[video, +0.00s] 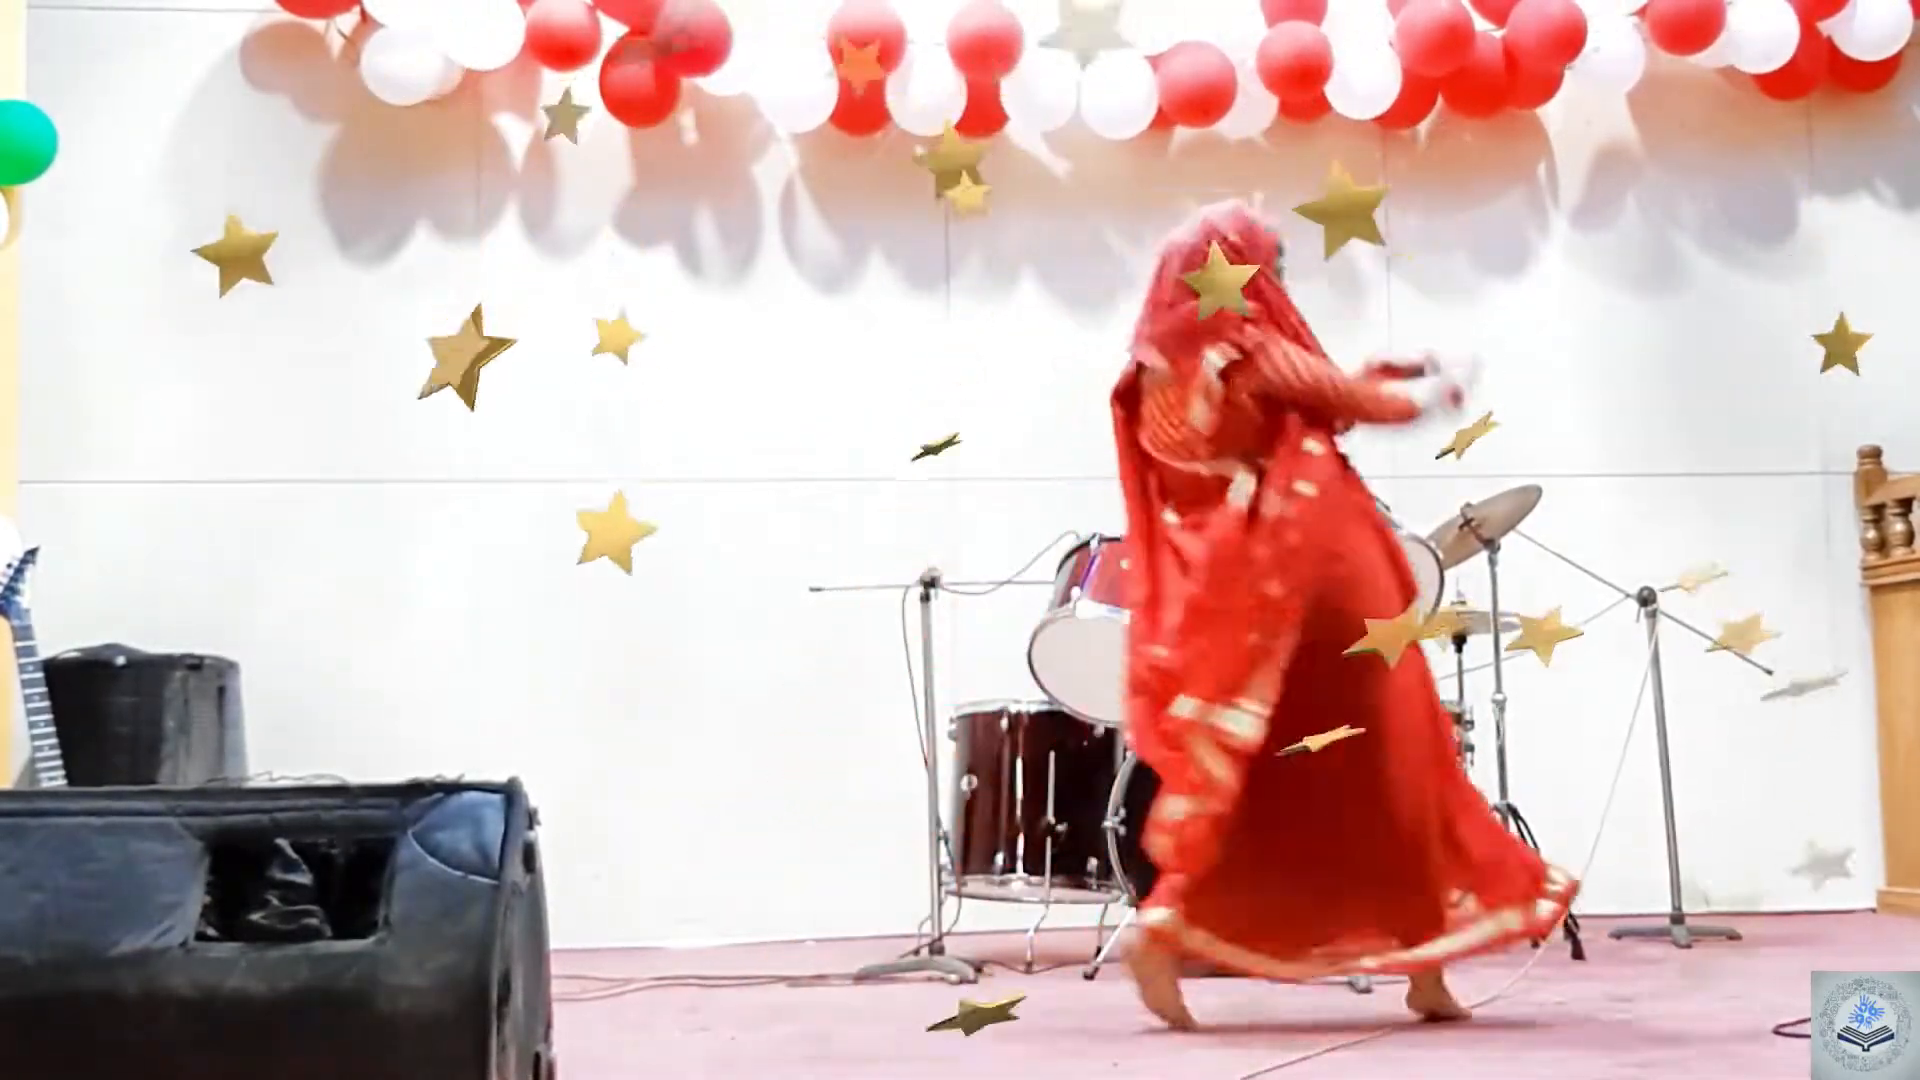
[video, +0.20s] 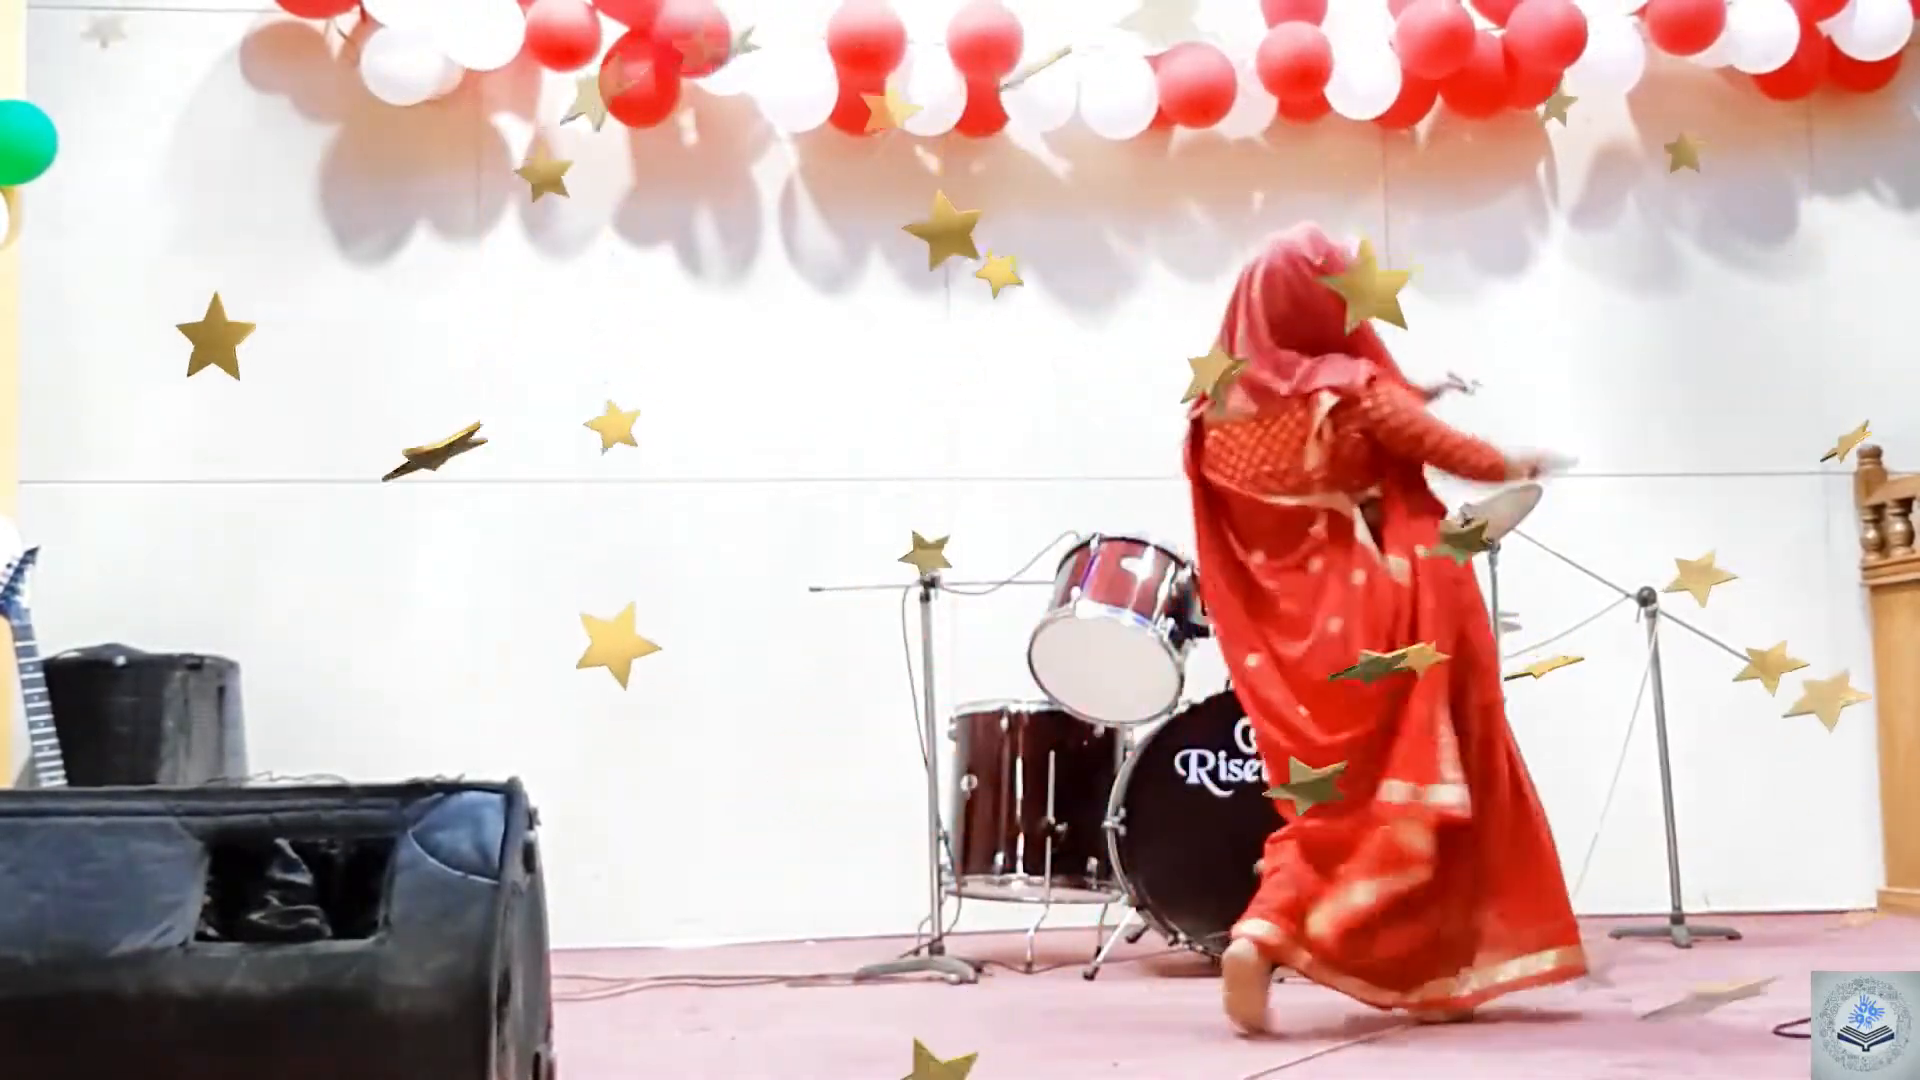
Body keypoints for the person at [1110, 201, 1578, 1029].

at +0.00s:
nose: (1277, 282)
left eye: (1273, 268)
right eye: (1267, 269)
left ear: (1178, 280)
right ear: (1240, 277)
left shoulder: (1149, 374)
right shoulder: (1250, 351)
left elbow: (1284, 399)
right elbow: (1342, 394)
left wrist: (1371, 371)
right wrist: (1429, 389)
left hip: (1222, 584)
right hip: (1314, 575)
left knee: (1228, 755)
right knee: (1399, 754)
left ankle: (1161, 928)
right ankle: (1426, 966)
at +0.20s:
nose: (1357, 311)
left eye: (1352, 298)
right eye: (1347, 299)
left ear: (1257, 310)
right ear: (1327, 310)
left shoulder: (1217, 400)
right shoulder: (1357, 390)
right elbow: (1448, 448)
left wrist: (1404, 400)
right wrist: (1518, 463)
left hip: (1276, 624)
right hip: (1368, 614)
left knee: (1318, 799)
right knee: (1418, 785)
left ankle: (1261, 928)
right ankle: (1430, 975)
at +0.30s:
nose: (1380, 249)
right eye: (1369, 233)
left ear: (1267, 256)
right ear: (1357, 244)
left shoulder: (1238, 369)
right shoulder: (1366, 320)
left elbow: (1254, 518)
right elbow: (1448, 340)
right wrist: (1513, 342)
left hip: (1304, 616)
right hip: (1394, 602)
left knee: (1333, 785)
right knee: (1439, 772)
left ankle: (1313, 954)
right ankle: (1448, 973)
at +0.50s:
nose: (1415, 237)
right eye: (1407, 225)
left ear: (1303, 253)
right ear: (1399, 233)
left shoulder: (1275, 368)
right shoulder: (1416, 288)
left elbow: (1238, 499)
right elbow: (1530, 232)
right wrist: (1514, 216)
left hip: (1314, 599)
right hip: (1428, 581)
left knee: (1337, 792)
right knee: (1474, 748)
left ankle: (1363, 1000)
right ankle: (1476, 909)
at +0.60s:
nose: (1417, 230)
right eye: (1415, 217)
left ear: (1314, 237)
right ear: (1411, 221)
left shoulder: (1278, 357)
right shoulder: (1431, 268)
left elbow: (1241, 514)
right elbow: (1556, 238)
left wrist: (1243, 612)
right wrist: (1537, 224)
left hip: (1326, 577)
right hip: (1440, 551)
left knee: (1338, 787)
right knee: (1492, 745)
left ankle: (1366, 997)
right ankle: (1521, 899)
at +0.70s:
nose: (1501, 233)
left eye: (1488, 214)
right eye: (1494, 216)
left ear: (1386, 229)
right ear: (1486, 222)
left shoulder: (1341, 338)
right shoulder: (1511, 276)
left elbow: (1324, 501)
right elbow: (1639, 283)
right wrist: (1653, 314)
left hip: (1400, 608)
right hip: (1524, 596)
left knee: (1421, 793)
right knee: (1570, 782)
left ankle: (1426, 1006)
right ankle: (1609, 1015)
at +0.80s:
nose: (1524, 272)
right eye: (1515, 250)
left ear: (1401, 259)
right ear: (1508, 257)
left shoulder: (1357, 372)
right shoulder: (1521, 332)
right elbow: (1609, 410)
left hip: (1430, 640)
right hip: (1540, 638)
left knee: (1459, 818)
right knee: (1580, 817)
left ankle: (1460, 1009)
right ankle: (1589, 1025)